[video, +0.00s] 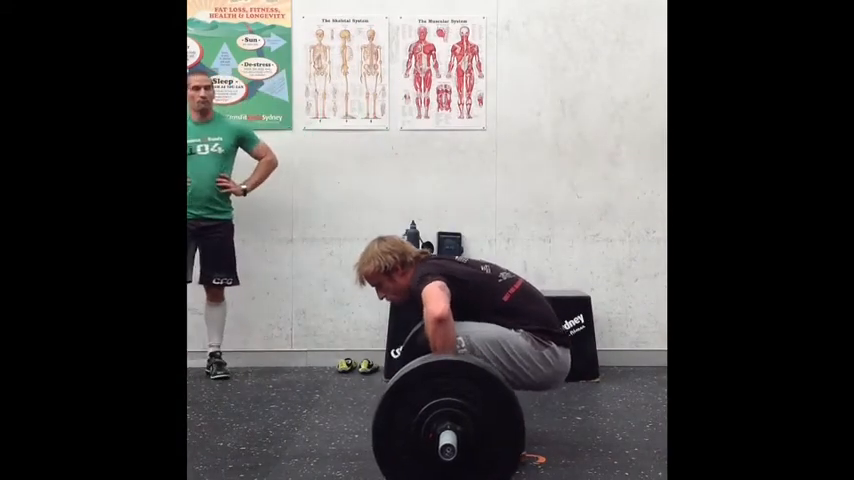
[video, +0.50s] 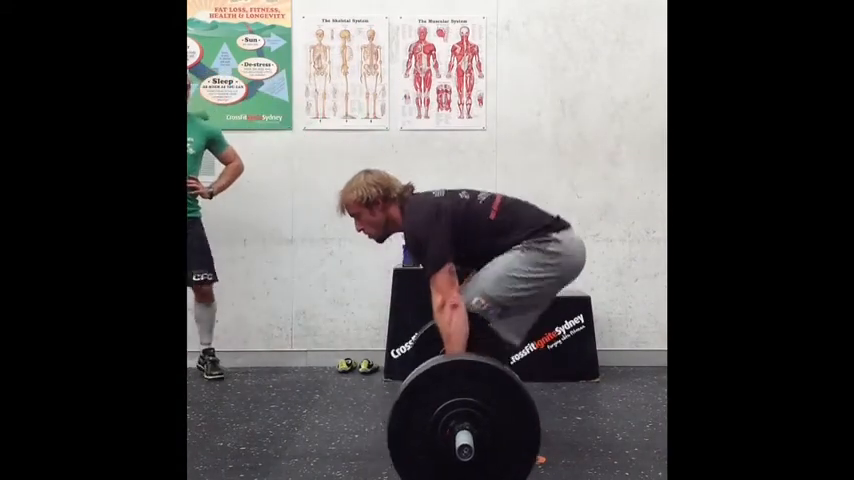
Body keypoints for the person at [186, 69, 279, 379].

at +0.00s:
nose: (201, 94)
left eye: (206, 88)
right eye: (196, 89)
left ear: (214, 93)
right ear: (187, 94)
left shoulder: (233, 128)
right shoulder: (185, 127)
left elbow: (270, 159)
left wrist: (244, 187)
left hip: (217, 221)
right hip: (186, 220)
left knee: (215, 290)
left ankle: (215, 355)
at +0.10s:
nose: (197, 94)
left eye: (201, 88)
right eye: (192, 89)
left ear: (209, 93)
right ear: (185, 94)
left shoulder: (227, 129)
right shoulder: (183, 126)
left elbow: (264, 160)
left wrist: (239, 188)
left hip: (210, 219)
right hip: (185, 219)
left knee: (212, 289)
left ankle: (214, 355)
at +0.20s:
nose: (192, 93)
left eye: (196, 88)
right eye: (188, 88)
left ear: (203, 93)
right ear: (182, 93)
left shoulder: (219, 129)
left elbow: (256, 161)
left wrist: (232, 188)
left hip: (202, 218)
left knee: (207, 288)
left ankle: (213, 355)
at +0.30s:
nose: (188, 93)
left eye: (192, 88)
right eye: (185, 88)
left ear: (198, 92)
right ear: (180, 92)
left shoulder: (211, 128)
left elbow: (247, 162)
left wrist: (223, 189)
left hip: (196, 219)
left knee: (205, 289)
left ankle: (214, 355)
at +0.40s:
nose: (186, 93)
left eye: (188, 87)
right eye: (184, 87)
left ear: (193, 90)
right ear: (183, 90)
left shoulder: (206, 129)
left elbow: (240, 163)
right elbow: (240, 165)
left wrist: (217, 189)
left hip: (191, 217)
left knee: (206, 288)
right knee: (202, 288)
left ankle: (213, 354)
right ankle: (211, 354)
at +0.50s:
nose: (185, 92)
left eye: (187, 86)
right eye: (185, 86)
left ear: (190, 90)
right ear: (186, 91)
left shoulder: (201, 128)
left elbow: (235, 164)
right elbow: (235, 164)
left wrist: (212, 189)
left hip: (189, 216)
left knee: (203, 286)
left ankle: (207, 352)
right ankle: (207, 352)